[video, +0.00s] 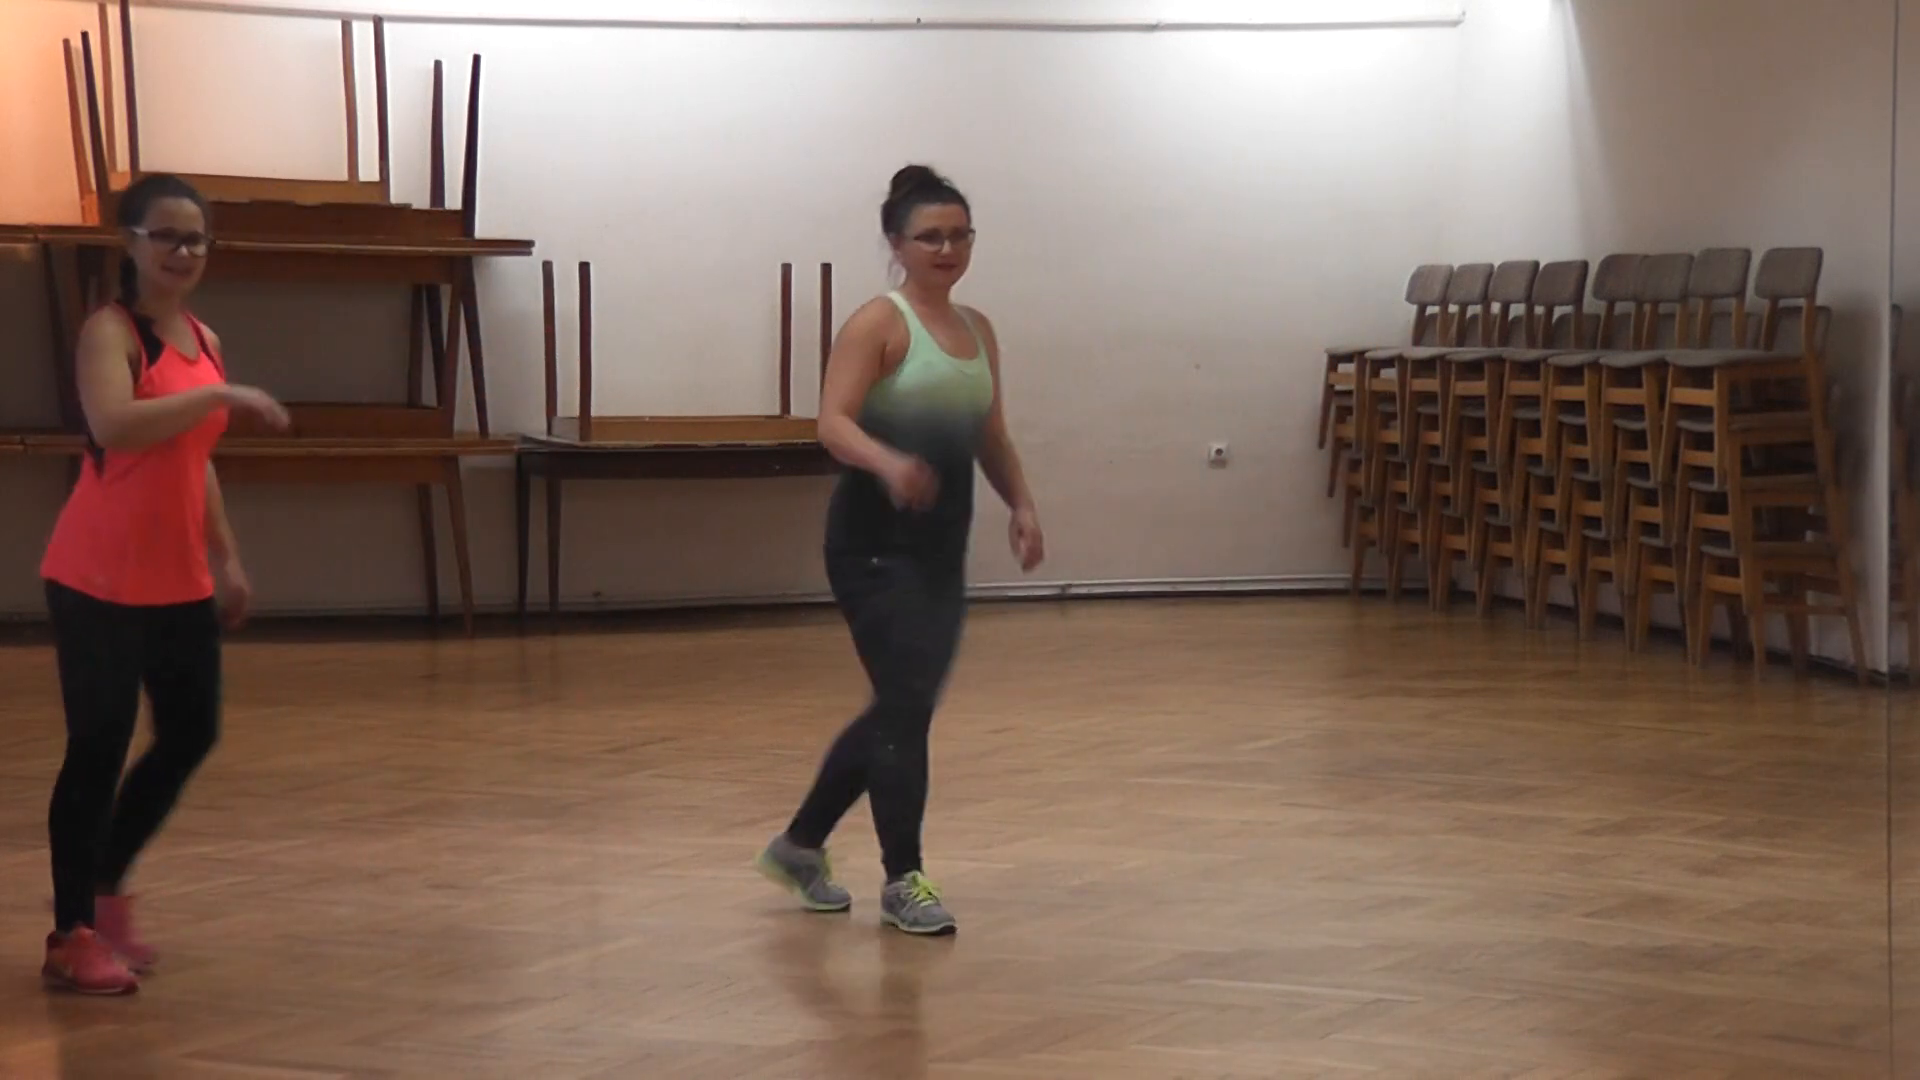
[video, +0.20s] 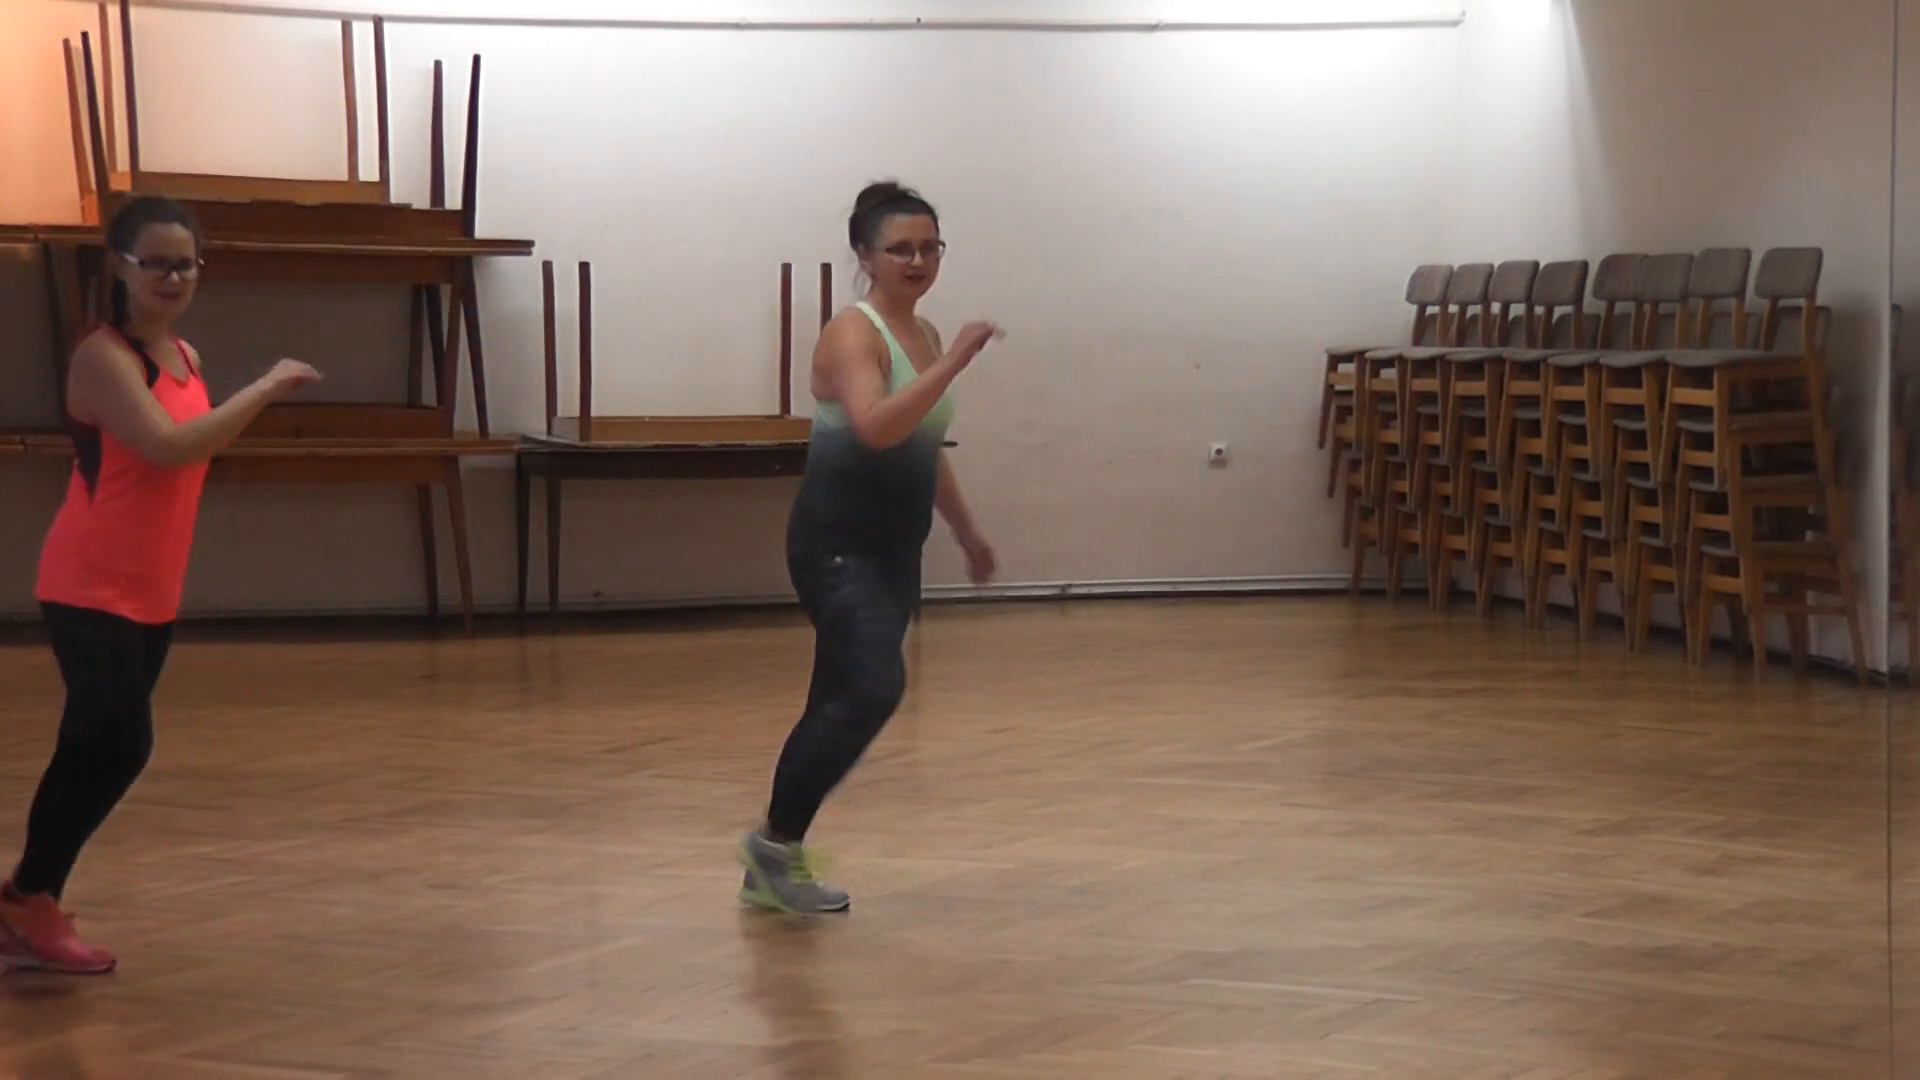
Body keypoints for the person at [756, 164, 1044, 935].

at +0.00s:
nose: (949, 248)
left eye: (960, 234)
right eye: (932, 236)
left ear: (972, 238)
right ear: (896, 243)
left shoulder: (976, 329)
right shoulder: (875, 323)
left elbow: (988, 429)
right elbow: (833, 423)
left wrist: (1021, 502)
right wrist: (888, 462)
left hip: (941, 540)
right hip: (873, 538)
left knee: (905, 702)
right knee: (905, 700)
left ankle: (798, 845)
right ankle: (903, 879)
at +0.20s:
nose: (920, 261)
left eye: (930, 247)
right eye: (903, 248)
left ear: (939, 252)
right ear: (865, 255)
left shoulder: (924, 334)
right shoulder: (850, 331)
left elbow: (929, 449)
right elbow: (874, 425)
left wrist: (967, 533)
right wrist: (952, 364)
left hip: (894, 546)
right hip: (837, 542)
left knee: (838, 698)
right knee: (876, 687)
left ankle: (777, 859)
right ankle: (775, 842)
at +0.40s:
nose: (914, 248)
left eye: (923, 233)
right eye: (896, 234)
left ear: (930, 239)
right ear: (855, 243)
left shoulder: (885, 320)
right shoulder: (851, 312)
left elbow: (859, 437)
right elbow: (943, 380)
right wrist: (1042, 334)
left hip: (877, 546)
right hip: (814, 542)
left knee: (918, 687)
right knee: (786, 693)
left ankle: (813, 835)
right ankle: (701, 857)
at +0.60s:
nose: (935, 271)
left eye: (942, 257)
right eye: (917, 259)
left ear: (946, 260)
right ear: (876, 266)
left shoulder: (895, 342)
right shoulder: (874, 344)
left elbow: (872, 460)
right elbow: (952, 441)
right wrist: (1062, 485)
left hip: (897, 571)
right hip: (844, 572)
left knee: (943, 706)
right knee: (811, 714)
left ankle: (851, 864)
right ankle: (701, 858)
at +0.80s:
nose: (992, 245)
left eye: (999, 231)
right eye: (974, 233)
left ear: (1006, 233)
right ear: (933, 240)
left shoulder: (968, 314)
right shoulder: (931, 322)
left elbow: (971, 432)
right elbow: (887, 435)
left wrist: (1018, 502)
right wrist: (858, 536)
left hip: (944, 546)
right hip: (932, 550)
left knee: (910, 700)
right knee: (1012, 674)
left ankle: (850, 865)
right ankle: (922, 837)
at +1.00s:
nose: (1055, 265)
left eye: (1063, 251)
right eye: (1037, 254)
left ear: (1070, 254)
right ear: (997, 265)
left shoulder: (1065, 343)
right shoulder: (983, 343)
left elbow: (1095, 443)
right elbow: (899, 422)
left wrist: (1185, 505)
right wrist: (812, 488)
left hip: (1036, 564)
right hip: (1005, 566)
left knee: (948, 711)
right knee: (1105, 692)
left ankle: (856, 857)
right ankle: (1138, 875)